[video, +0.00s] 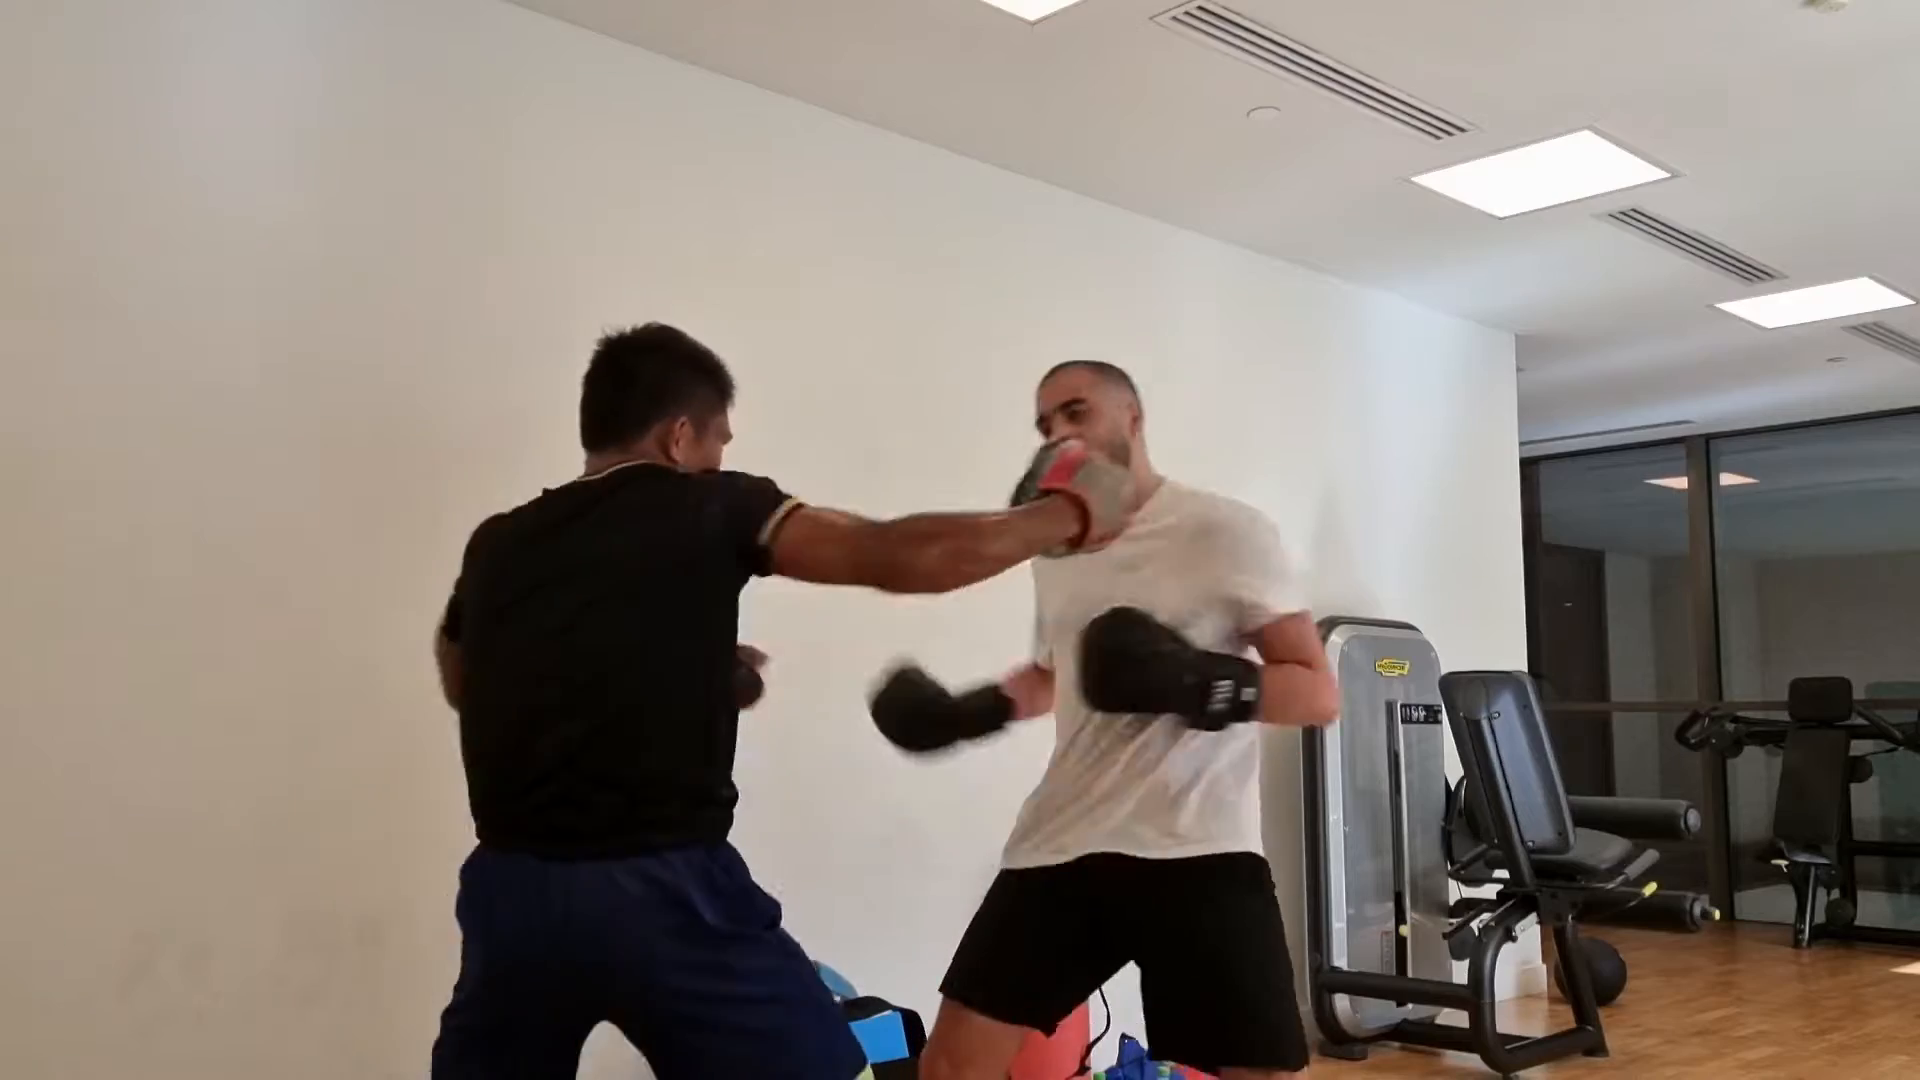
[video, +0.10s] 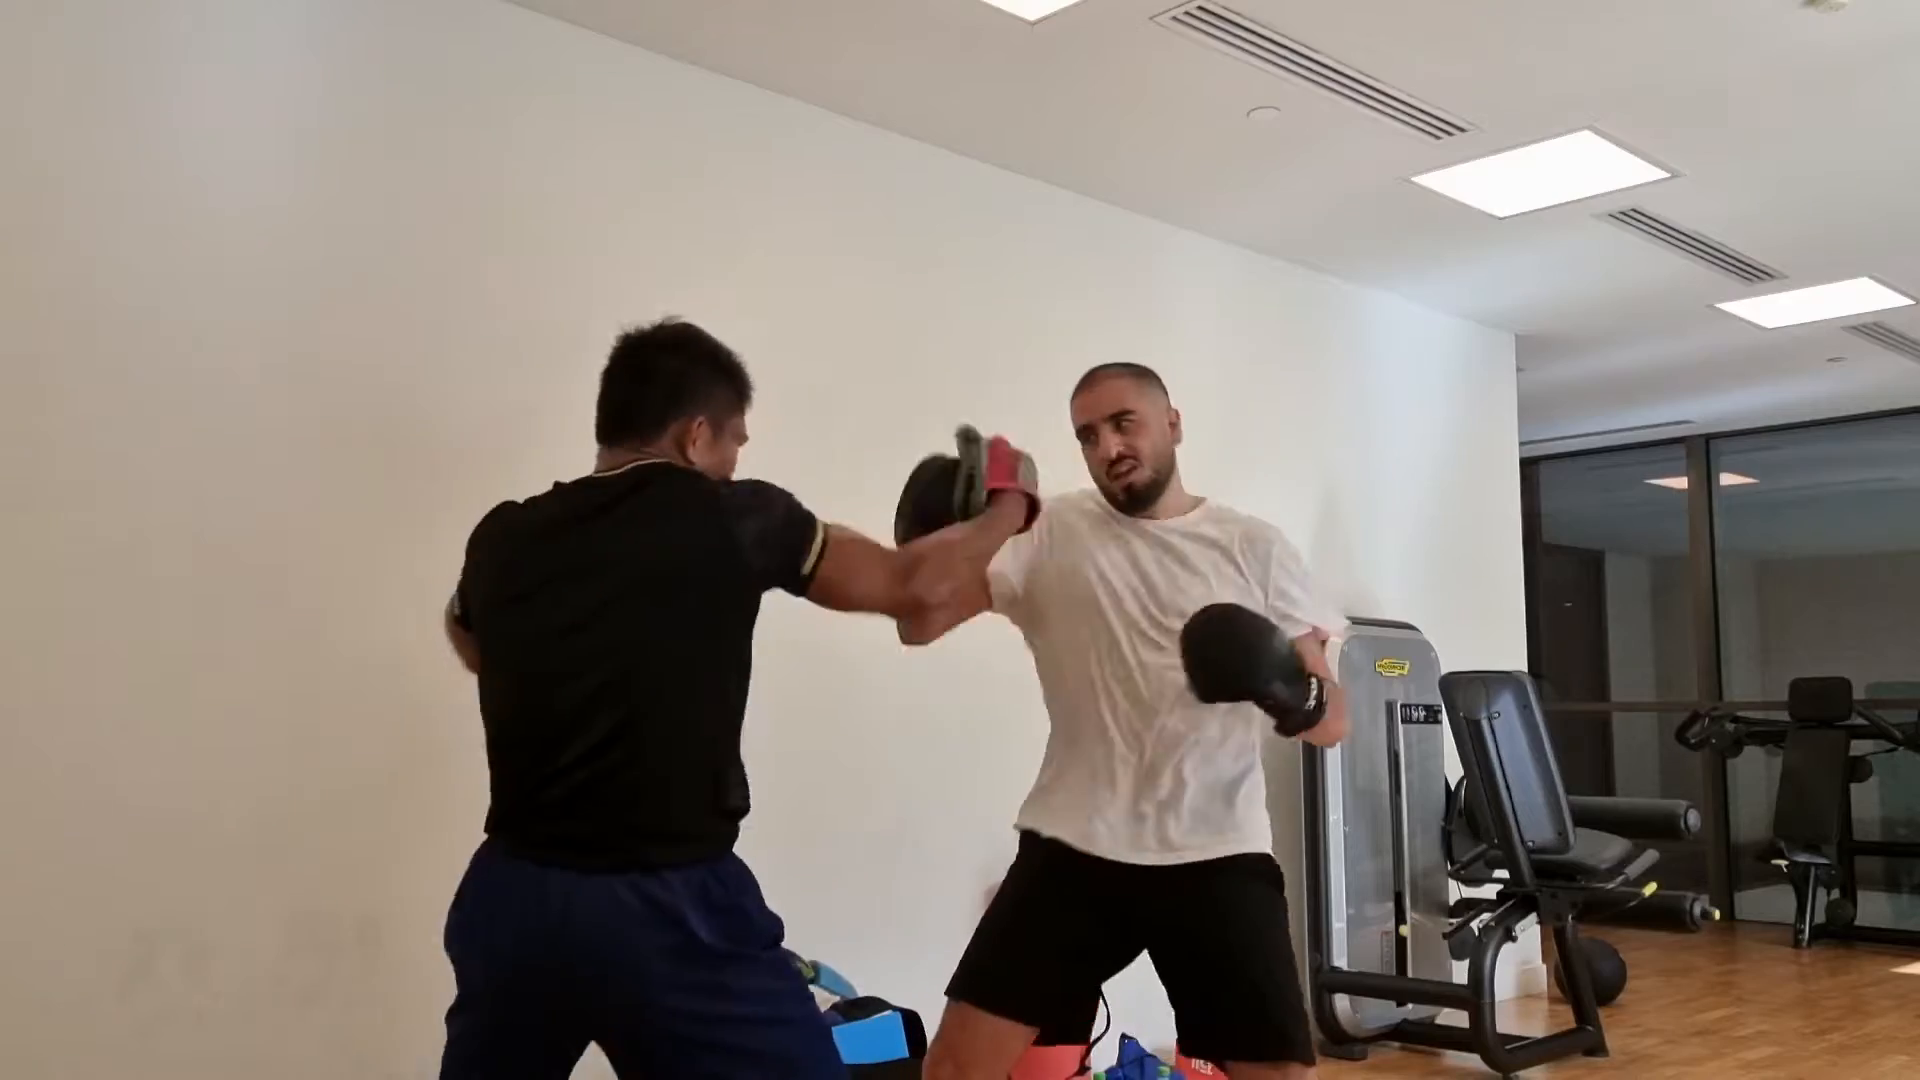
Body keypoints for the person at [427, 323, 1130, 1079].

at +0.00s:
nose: (723, 461)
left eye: (726, 441)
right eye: (722, 440)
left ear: (595, 435)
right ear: (676, 436)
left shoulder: (497, 542)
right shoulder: (710, 503)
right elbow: (898, 557)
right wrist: (1065, 517)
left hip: (511, 911)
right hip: (675, 904)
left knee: (479, 1067)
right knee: (819, 1062)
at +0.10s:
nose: (736, 469)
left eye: (742, 451)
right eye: (736, 448)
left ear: (610, 432)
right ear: (694, 434)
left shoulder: (502, 535)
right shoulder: (732, 515)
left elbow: (469, 646)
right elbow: (913, 582)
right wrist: (1012, 507)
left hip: (512, 915)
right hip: (681, 924)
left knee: (479, 1068)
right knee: (798, 1067)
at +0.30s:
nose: (841, 475)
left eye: (843, 452)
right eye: (838, 451)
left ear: (717, 442)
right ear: (793, 450)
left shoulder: (657, 544)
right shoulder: (721, 554)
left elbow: (777, 680)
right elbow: (745, 743)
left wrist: (864, 558)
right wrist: (891, 673)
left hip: (528, 911)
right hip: (639, 932)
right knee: (785, 1061)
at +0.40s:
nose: (822, 535)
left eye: (828, 511)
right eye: (824, 508)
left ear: (702, 479)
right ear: (781, 498)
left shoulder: (625, 575)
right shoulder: (693, 589)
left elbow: (718, 735)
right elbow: (693, 786)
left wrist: (818, 629)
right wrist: (837, 728)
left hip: (492, 948)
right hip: (596, 967)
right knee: (773, 1063)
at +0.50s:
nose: (750, 562)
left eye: (763, 534)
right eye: (759, 529)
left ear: (630, 500)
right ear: (711, 515)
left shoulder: (535, 593)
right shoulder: (655, 608)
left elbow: (582, 761)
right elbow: (681, 818)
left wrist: (731, 685)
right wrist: (779, 737)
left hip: (420, 975)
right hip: (552, 990)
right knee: (736, 1066)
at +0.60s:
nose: (690, 583)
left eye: (699, 556)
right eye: (694, 552)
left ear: (563, 527)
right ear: (643, 540)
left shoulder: (456, 618)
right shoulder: (628, 636)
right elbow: (680, 842)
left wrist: (672, 673)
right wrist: (757, 751)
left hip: (353, 1005)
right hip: (508, 1016)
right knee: (692, 1069)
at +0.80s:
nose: (729, 567)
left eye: (739, 538)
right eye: (736, 533)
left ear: (610, 508)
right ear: (691, 517)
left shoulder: (522, 598)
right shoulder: (640, 603)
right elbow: (676, 798)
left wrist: (598, 531)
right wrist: (799, 729)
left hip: (419, 979)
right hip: (548, 993)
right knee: (735, 1066)